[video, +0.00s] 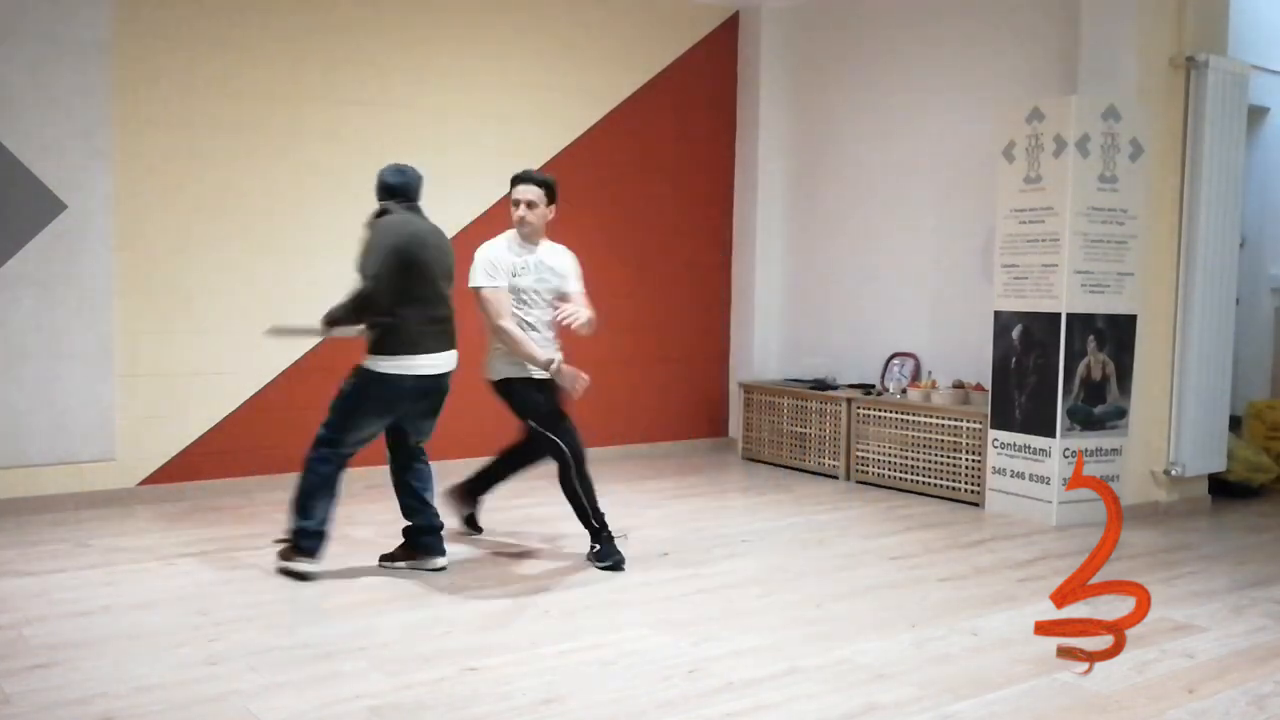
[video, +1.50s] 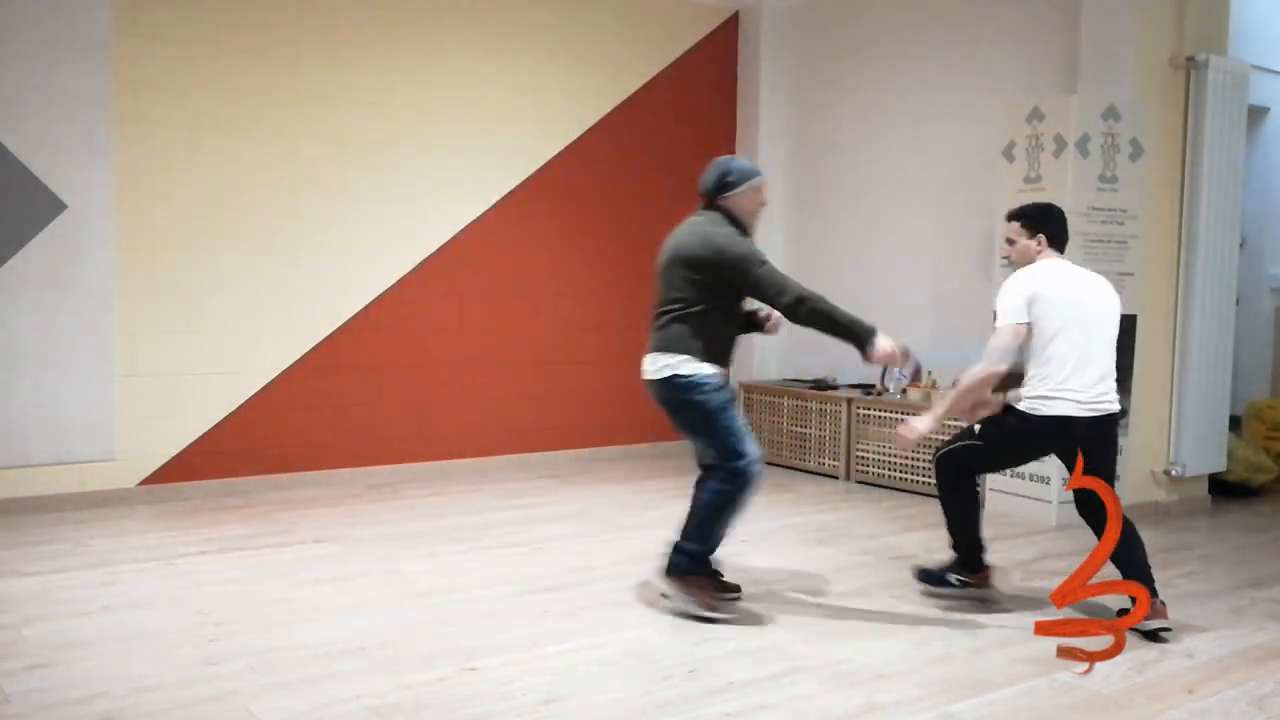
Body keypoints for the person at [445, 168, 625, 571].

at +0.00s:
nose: (520, 212)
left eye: (530, 205)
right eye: (515, 204)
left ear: (550, 212)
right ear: (509, 208)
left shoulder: (562, 258)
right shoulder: (490, 255)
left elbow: (585, 317)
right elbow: (502, 325)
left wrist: (582, 313)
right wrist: (553, 366)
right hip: (510, 370)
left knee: (539, 442)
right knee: (567, 442)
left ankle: (467, 492)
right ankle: (600, 537)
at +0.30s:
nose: (554, 211)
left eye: (558, 201)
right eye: (554, 202)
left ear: (582, 201)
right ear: (583, 202)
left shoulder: (631, 248)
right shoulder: (581, 254)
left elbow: (665, 321)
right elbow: (578, 314)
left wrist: (642, 387)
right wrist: (569, 344)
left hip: (634, 375)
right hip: (595, 378)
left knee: (639, 466)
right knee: (576, 462)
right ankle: (648, 534)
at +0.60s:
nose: (641, 217)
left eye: (646, 208)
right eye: (642, 208)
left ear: (670, 209)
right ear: (681, 211)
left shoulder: (666, 251)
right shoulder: (727, 250)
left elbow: (653, 332)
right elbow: (709, 337)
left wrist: (629, 394)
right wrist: (646, 372)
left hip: (723, 373)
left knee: (702, 484)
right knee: (694, 444)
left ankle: (758, 589)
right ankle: (673, 540)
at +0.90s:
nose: (772, 217)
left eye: (779, 207)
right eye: (772, 207)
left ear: (807, 209)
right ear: (814, 209)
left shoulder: (784, 254)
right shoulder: (862, 260)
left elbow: (740, 330)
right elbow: (866, 334)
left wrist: (705, 391)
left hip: (810, 398)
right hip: (869, 396)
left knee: (749, 480)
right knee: (927, 483)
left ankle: (754, 594)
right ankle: (1013, 567)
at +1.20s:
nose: (948, 244)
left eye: (956, 235)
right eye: (948, 234)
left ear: (986, 235)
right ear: (998, 237)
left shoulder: (974, 279)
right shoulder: (1049, 285)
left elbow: (953, 369)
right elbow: (1058, 368)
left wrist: (926, 407)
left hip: (989, 417)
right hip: (1047, 423)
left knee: (906, 468)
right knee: (1062, 513)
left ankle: (957, 568)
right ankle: (1141, 609)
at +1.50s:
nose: (1005, 251)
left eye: (1011, 242)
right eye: (1005, 242)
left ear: (1039, 242)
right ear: (1048, 244)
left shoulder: (1023, 283)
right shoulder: (1102, 287)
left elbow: (994, 367)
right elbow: (1082, 372)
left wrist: (931, 418)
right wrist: (1003, 398)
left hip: (1043, 415)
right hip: (1099, 421)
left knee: (952, 462)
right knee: (1100, 506)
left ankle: (969, 567)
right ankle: (1148, 603)